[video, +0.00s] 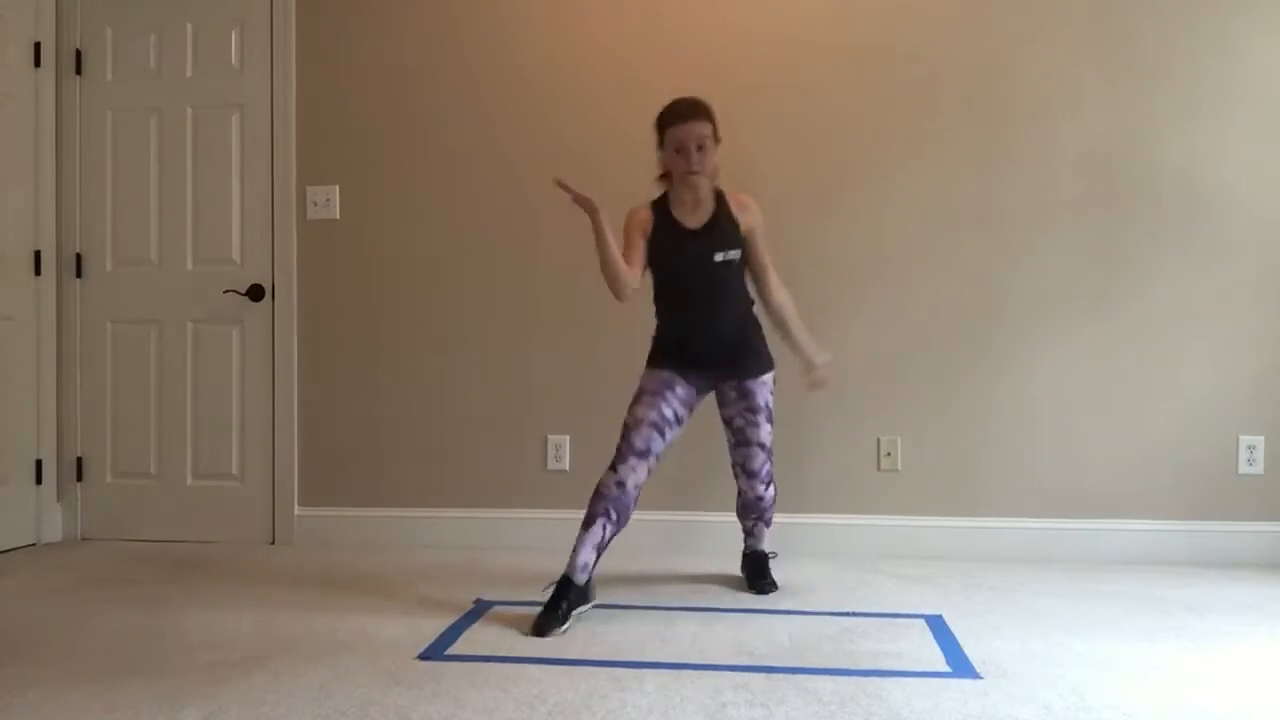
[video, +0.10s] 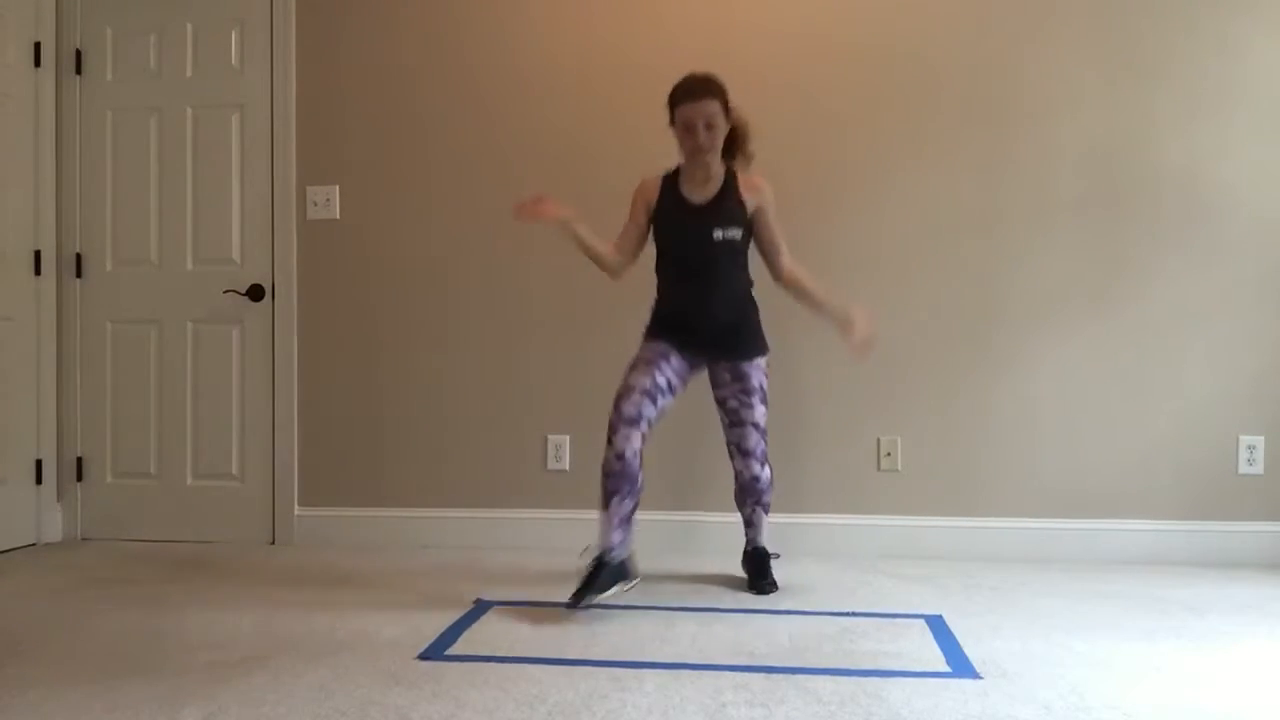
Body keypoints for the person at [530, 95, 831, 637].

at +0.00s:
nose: (693, 156)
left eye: (703, 145)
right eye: (681, 147)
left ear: (718, 150)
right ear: (663, 156)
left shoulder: (740, 209)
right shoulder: (647, 218)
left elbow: (768, 282)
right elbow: (624, 287)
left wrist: (807, 350)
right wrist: (597, 220)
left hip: (743, 358)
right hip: (675, 361)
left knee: (755, 467)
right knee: (628, 468)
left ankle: (757, 553)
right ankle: (574, 582)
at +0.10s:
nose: (699, 137)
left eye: (709, 125)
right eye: (688, 127)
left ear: (727, 127)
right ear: (673, 130)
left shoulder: (749, 190)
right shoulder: (654, 191)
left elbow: (782, 270)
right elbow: (617, 263)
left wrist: (842, 314)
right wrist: (567, 220)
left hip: (737, 340)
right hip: (672, 337)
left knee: (750, 457)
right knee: (625, 424)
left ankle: (756, 550)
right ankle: (614, 556)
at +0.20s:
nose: (704, 113)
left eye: (713, 100)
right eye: (692, 102)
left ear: (733, 99)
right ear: (679, 104)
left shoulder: (751, 166)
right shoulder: (656, 158)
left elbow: (777, 248)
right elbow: (615, 229)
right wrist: (552, 269)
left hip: (716, 314)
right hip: (651, 307)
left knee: (732, 434)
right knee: (631, 416)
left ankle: (748, 541)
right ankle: (656, 518)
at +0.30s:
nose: (695, 126)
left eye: (705, 114)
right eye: (684, 116)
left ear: (727, 113)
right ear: (672, 117)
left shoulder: (743, 178)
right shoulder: (651, 172)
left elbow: (763, 261)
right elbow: (623, 246)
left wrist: (795, 201)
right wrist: (587, 304)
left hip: (707, 329)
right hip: (642, 325)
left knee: (721, 441)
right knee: (638, 445)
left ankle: (727, 545)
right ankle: (648, 550)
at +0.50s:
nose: (677, 145)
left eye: (687, 132)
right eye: (666, 135)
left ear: (709, 132)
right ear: (655, 138)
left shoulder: (730, 198)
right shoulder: (641, 198)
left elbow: (754, 271)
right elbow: (611, 279)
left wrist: (788, 209)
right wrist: (570, 340)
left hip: (706, 347)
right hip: (641, 348)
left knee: (745, 450)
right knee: (638, 459)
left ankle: (744, 532)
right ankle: (648, 558)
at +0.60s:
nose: (697, 120)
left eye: (706, 109)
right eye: (685, 109)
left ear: (714, 110)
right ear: (659, 108)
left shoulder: (726, 164)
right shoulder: (634, 176)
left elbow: (760, 241)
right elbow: (603, 257)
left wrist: (812, 216)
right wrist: (539, 289)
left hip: (724, 320)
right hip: (658, 326)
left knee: (761, 426)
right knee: (651, 446)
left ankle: (767, 530)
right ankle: (652, 552)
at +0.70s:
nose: (714, 112)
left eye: (721, 102)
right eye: (705, 100)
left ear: (724, 104)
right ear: (671, 98)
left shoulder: (723, 153)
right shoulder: (628, 164)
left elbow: (763, 229)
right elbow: (598, 244)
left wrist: (827, 260)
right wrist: (548, 218)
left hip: (742, 305)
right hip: (678, 314)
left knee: (771, 427)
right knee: (667, 433)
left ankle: (802, 558)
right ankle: (674, 549)